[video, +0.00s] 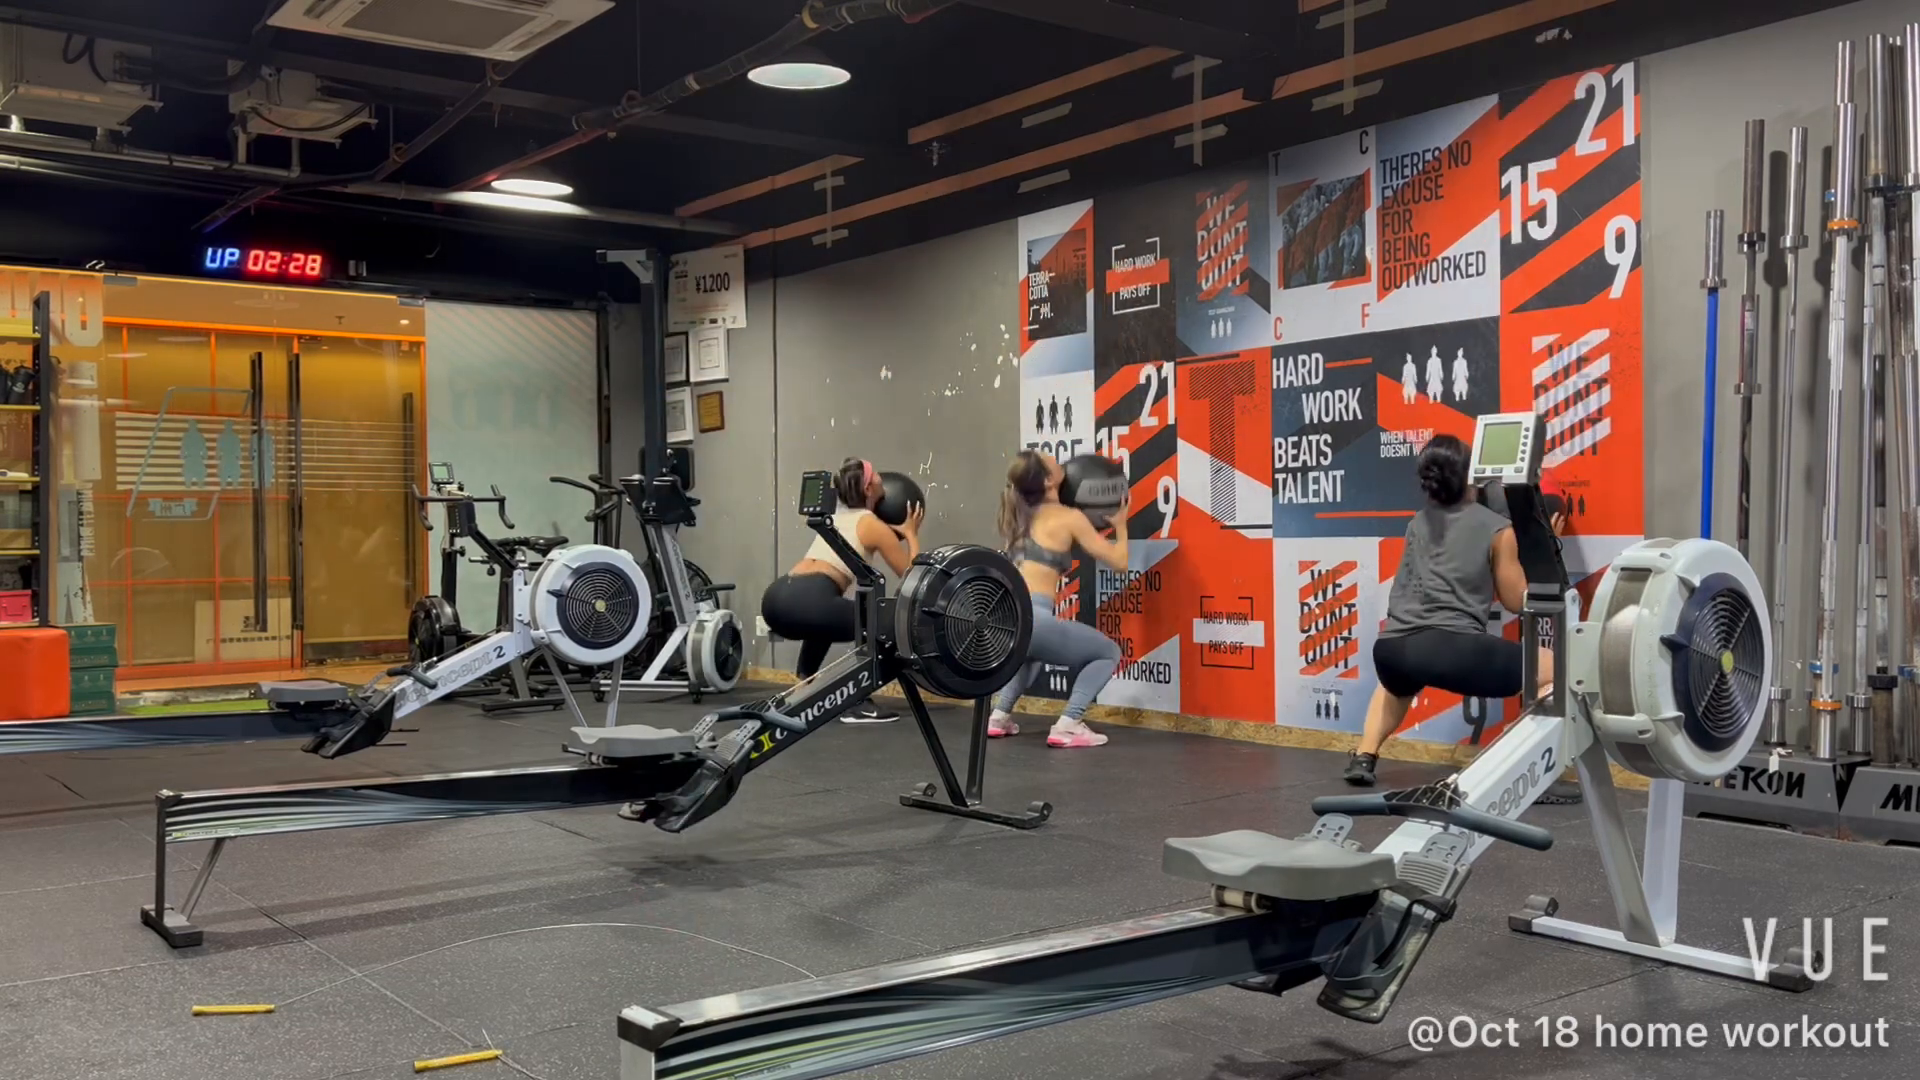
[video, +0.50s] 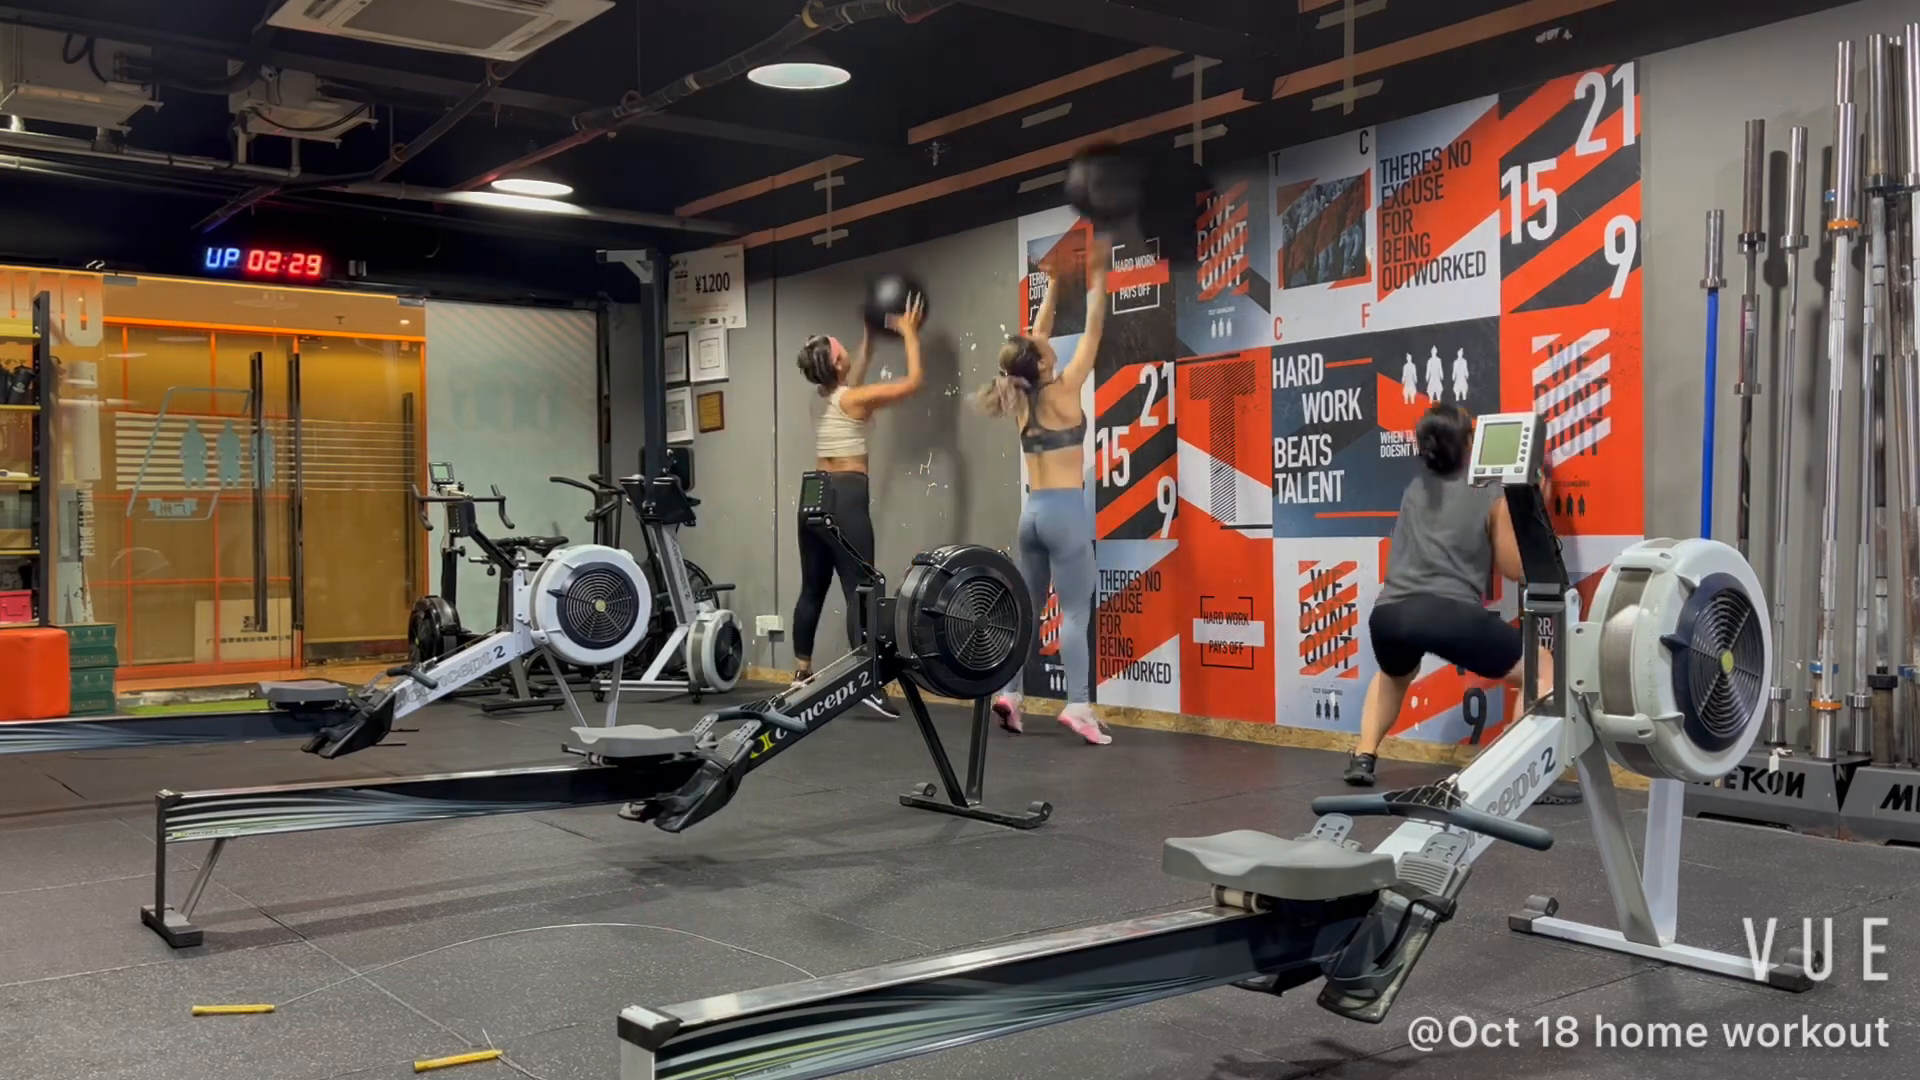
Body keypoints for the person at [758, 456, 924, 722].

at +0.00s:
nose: (880, 481)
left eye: (876, 476)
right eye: (875, 479)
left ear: (848, 489)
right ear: (868, 489)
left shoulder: (835, 517)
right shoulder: (871, 523)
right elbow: (910, 573)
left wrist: (890, 531)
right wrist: (912, 534)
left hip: (776, 602)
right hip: (813, 603)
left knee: (831, 616)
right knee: (887, 622)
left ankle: (804, 690)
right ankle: (856, 700)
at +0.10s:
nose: (878, 458)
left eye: (874, 454)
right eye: (873, 457)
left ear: (849, 472)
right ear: (866, 470)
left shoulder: (836, 499)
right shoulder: (873, 505)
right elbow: (912, 556)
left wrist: (889, 511)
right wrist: (914, 516)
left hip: (777, 580)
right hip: (813, 582)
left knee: (827, 620)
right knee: (884, 619)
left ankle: (804, 693)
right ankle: (857, 700)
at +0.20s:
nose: (875, 432)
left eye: (870, 429)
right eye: (870, 432)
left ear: (847, 451)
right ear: (865, 446)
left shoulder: (836, 478)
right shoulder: (872, 482)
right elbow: (914, 531)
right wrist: (911, 490)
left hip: (784, 562)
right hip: (820, 564)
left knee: (825, 621)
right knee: (878, 616)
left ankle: (800, 694)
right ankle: (858, 700)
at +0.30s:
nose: (867, 403)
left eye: (863, 400)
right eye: (863, 403)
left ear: (844, 421)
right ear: (860, 417)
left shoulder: (833, 453)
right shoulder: (869, 455)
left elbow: (862, 481)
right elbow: (916, 495)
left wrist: (889, 455)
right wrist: (909, 456)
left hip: (793, 544)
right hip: (820, 544)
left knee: (824, 616)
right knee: (873, 606)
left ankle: (800, 691)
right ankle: (858, 698)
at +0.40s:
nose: (856, 369)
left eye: (850, 366)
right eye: (851, 369)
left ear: (832, 391)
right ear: (850, 385)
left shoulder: (832, 426)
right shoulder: (861, 422)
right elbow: (918, 444)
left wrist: (868, 400)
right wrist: (906, 401)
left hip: (807, 521)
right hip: (837, 523)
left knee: (817, 607)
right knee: (870, 602)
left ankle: (799, 686)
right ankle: (861, 695)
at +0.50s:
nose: (846, 351)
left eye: (840, 348)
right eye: (841, 350)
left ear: (822, 371)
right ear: (838, 365)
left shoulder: (825, 400)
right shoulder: (853, 398)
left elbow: (856, 381)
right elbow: (913, 382)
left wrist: (871, 339)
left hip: (814, 497)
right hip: (846, 498)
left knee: (812, 587)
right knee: (859, 588)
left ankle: (802, 674)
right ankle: (867, 680)